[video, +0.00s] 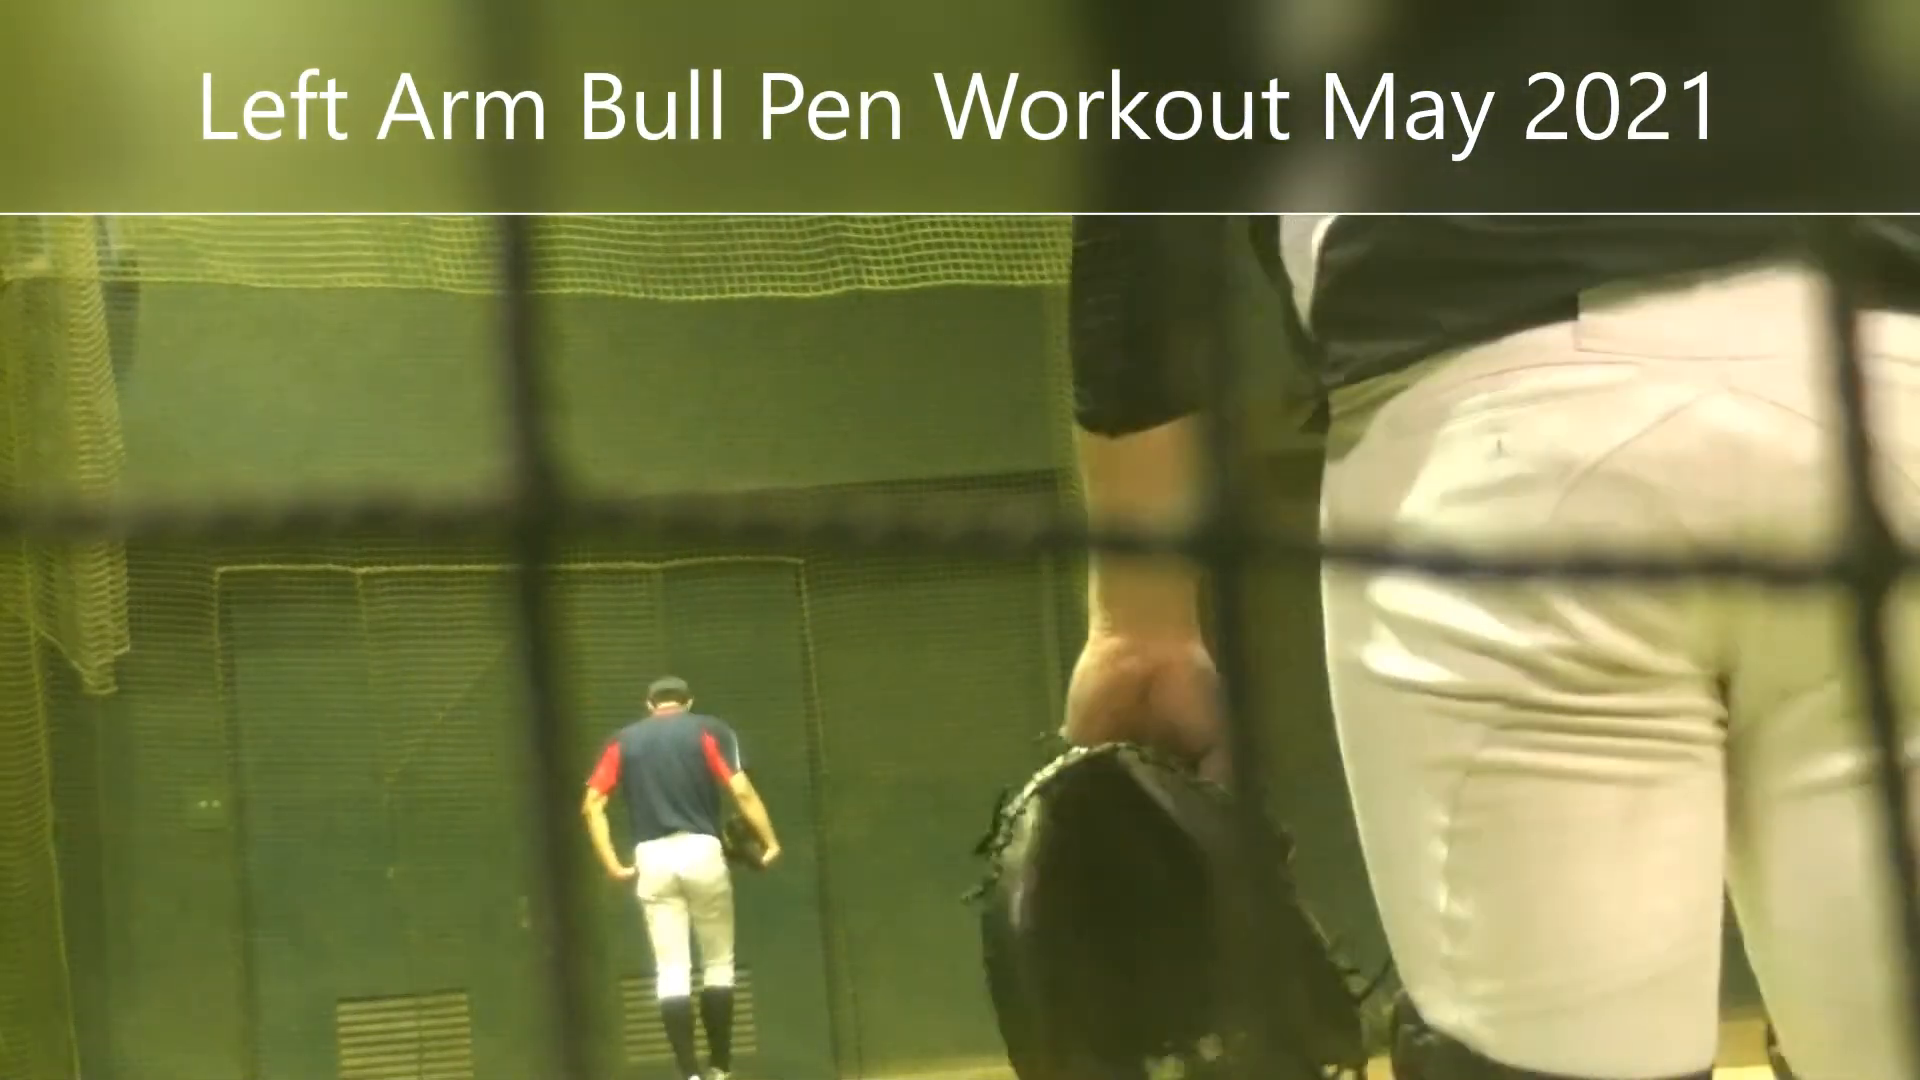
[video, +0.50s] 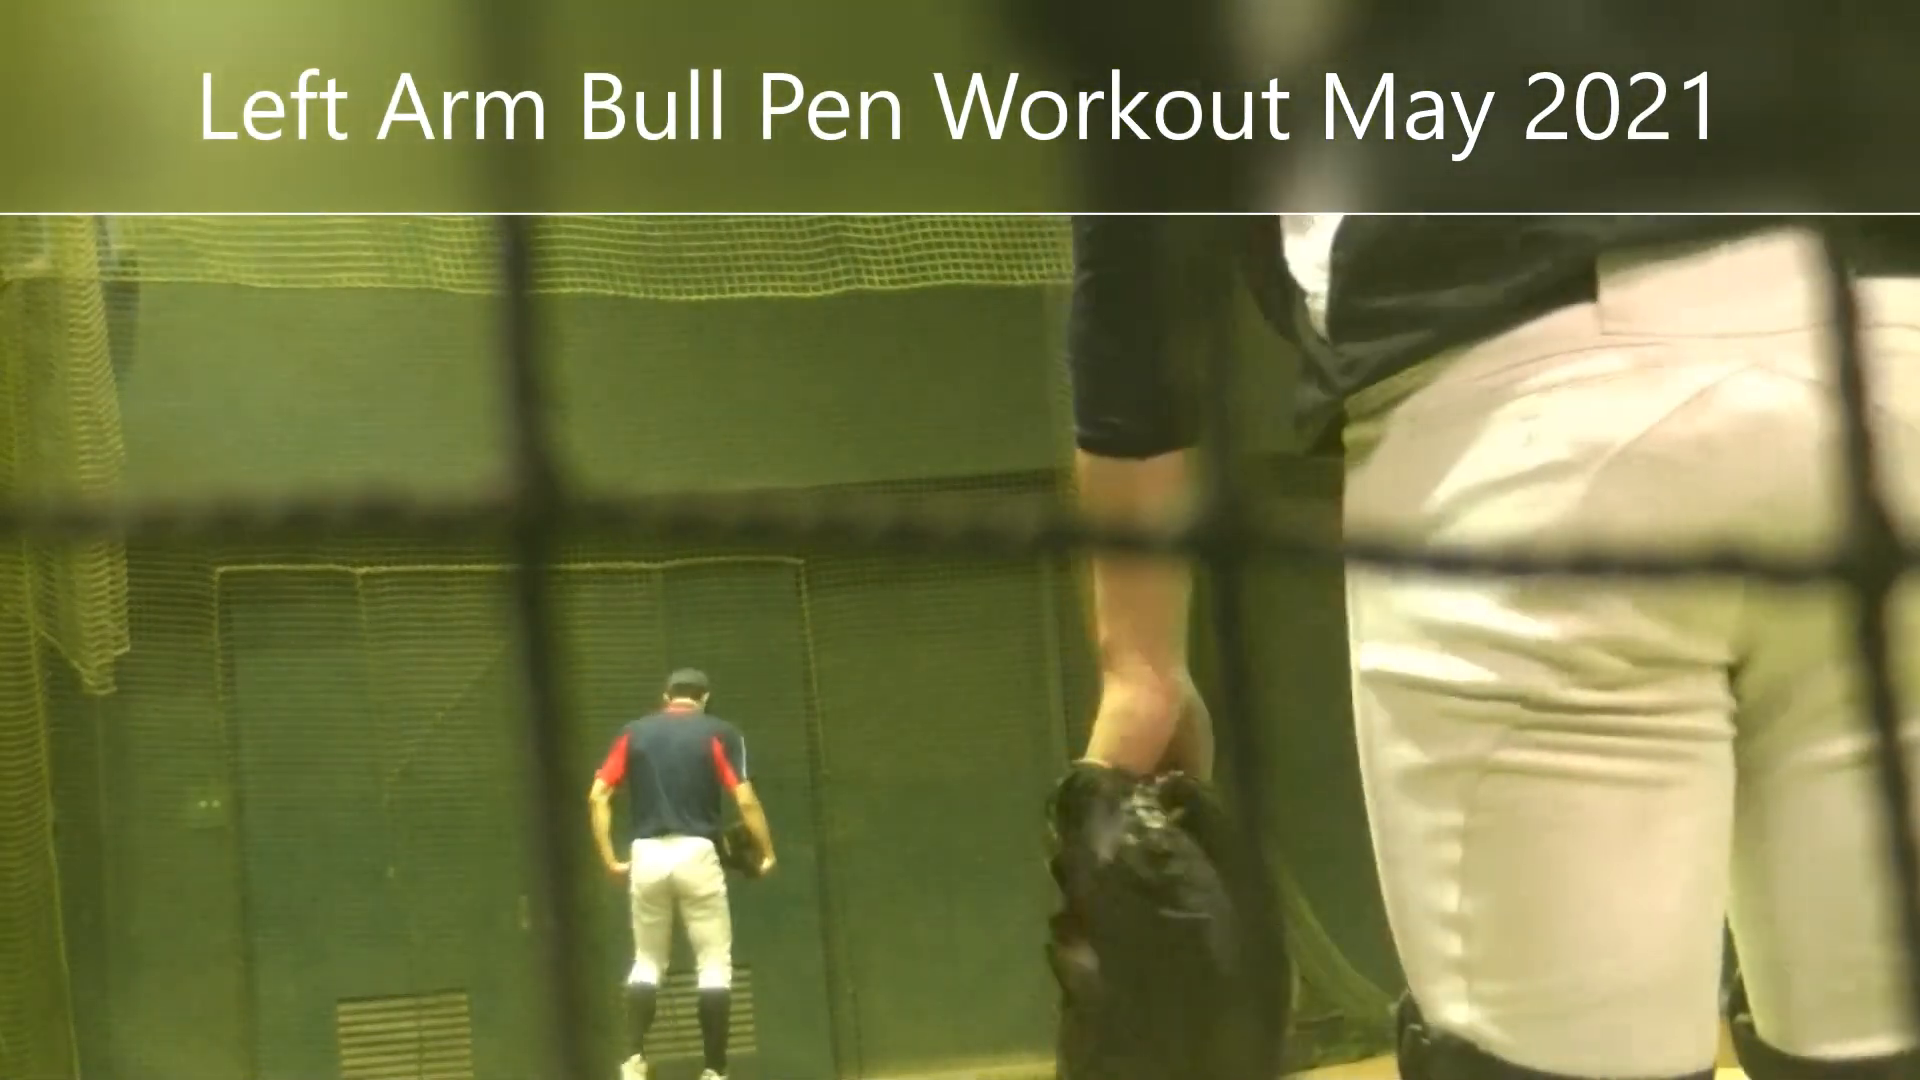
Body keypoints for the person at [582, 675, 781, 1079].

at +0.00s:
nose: (670, 708)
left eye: (662, 701)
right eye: (680, 701)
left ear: (650, 705)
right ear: (688, 702)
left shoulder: (625, 740)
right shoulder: (709, 731)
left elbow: (592, 803)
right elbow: (742, 792)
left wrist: (613, 866)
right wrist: (770, 842)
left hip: (653, 857)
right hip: (702, 851)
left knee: (671, 968)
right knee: (718, 961)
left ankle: (687, 1070)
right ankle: (720, 1066)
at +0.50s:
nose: (698, 704)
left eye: (674, 697)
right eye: (701, 698)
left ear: (666, 698)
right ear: (703, 699)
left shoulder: (634, 733)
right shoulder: (719, 733)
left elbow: (598, 794)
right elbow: (745, 799)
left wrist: (609, 860)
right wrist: (766, 852)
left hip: (646, 857)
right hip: (697, 856)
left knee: (647, 958)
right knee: (713, 959)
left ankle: (633, 1057)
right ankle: (715, 1068)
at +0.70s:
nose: (696, 709)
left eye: (695, 704)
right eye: (696, 704)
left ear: (657, 699)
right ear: (690, 700)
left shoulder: (621, 735)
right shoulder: (695, 733)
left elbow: (580, 797)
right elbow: (719, 795)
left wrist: (605, 859)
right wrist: (753, 842)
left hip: (627, 860)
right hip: (673, 859)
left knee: (644, 967)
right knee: (704, 960)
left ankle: (616, 1070)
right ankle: (713, 1068)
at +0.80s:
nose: (687, 717)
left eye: (687, 711)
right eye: (688, 711)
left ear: (649, 700)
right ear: (679, 703)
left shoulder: (611, 737)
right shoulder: (677, 732)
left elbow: (580, 802)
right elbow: (694, 791)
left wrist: (607, 846)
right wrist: (738, 835)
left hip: (614, 862)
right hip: (659, 860)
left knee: (634, 968)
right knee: (694, 961)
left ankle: (614, 1072)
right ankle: (712, 1067)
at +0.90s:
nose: (676, 721)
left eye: (679, 716)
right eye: (677, 714)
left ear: (642, 700)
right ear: (667, 703)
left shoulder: (602, 737)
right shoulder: (659, 730)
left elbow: (582, 804)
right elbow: (668, 790)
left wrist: (612, 837)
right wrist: (710, 830)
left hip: (603, 861)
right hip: (644, 859)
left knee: (623, 972)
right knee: (680, 963)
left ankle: (606, 1072)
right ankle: (706, 1067)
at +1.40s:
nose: (646, 718)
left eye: (650, 710)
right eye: (647, 709)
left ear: (629, 698)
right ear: (630, 698)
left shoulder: (607, 732)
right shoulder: (604, 736)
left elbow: (633, 767)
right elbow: (587, 809)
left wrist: (696, 765)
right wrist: (633, 853)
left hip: (607, 863)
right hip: (601, 865)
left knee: (621, 965)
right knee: (627, 964)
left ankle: (600, 1064)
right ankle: (604, 1066)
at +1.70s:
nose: (647, 723)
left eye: (650, 715)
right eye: (643, 713)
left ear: (637, 710)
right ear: (621, 705)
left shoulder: (633, 750)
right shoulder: (579, 751)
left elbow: (690, 772)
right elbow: (543, 815)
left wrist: (740, 740)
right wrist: (576, 855)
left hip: (616, 878)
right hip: (579, 879)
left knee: (633, 971)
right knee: (593, 979)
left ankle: (607, 1069)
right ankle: (588, 1071)